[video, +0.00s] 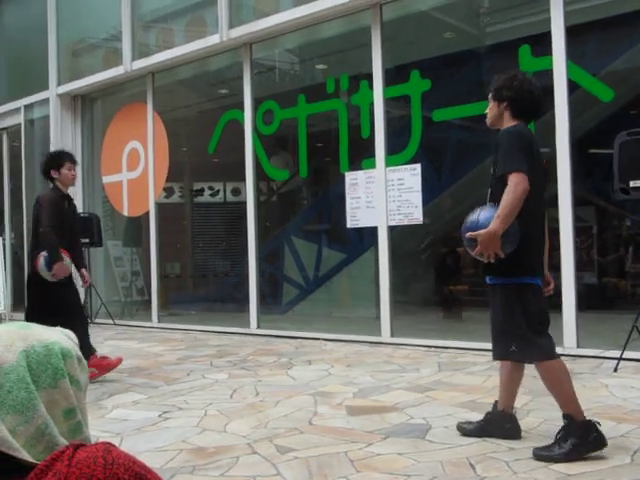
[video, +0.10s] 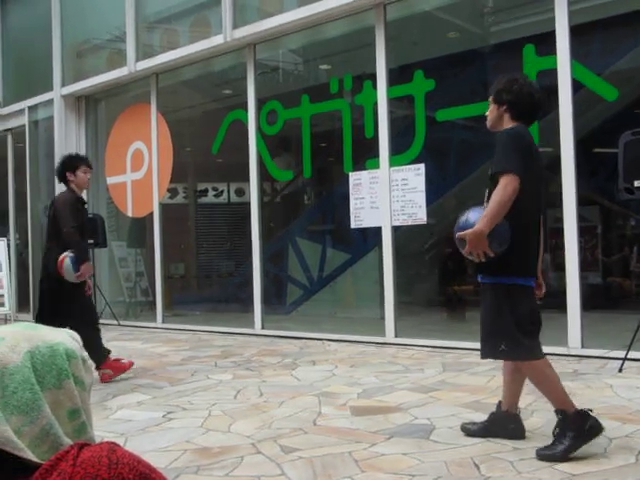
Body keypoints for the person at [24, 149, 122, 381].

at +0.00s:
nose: (74, 174)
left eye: (74, 169)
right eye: (69, 169)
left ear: (72, 172)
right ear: (54, 173)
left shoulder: (66, 200)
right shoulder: (48, 198)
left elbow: (73, 237)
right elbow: (46, 233)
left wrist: (81, 266)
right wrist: (57, 260)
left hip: (57, 267)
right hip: (49, 268)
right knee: (74, 313)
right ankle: (89, 357)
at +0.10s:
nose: (89, 177)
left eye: (89, 173)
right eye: (85, 172)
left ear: (77, 177)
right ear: (70, 175)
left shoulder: (75, 201)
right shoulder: (66, 200)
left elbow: (78, 238)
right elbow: (71, 234)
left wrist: (85, 276)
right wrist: (84, 261)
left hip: (65, 270)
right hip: (63, 270)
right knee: (86, 316)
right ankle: (103, 361)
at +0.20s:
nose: (107, 179)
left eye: (107, 175)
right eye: (103, 174)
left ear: (92, 177)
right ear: (89, 176)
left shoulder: (89, 201)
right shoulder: (85, 201)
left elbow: (95, 239)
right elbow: (93, 233)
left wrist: (102, 277)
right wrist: (108, 257)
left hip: (75, 273)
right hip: (81, 274)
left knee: (63, 323)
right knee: (97, 320)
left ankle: (49, 365)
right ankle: (112, 364)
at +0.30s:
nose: (120, 181)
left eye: (120, 177)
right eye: (118, 176)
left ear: (104, 179)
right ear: (105, 178)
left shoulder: (97, 201)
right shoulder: (100, 201)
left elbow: (102, 242)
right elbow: (111, 230)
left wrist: (117, 275)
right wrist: (130, 254)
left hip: (90, 272)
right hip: (95, 273)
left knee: (87, 320)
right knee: (110, 318)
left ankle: (64, 360)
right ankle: (120, 364)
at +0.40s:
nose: (125, 179)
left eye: (125, 174)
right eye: (122, 174)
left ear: (109, 177)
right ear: (111, 177)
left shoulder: (101, 200)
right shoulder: (109, 199)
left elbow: (107, 241)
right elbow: (123, 230)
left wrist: (124, 271)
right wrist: (143, 252)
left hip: (95, 270)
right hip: (103, 269)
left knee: (107, 315)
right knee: (120, 312)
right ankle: (121, 362)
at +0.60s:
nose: (125, 175)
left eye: (124, 170)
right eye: (122, 171)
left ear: (106, 176)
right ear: (112, 175)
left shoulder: (102, 200)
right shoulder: (116, 198)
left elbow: (110, 238)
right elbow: (135, 225)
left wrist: (130, 260)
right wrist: (157, 247)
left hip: (103, 268)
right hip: (118, 267)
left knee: (115, 315)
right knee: (144, 309)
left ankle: (116, 362)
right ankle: (142, 356)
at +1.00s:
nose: (131, 180)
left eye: (129, 176)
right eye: (129, 176)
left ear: (108, 181)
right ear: (124, 180)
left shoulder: (101, 207)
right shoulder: (131, 205)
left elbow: (105, 240)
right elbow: (151, 232)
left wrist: (135, 255)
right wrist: (168, 253)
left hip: (106, 271)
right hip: (129, 270)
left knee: (111, 313)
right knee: (141, 306)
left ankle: (113, 358)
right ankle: (144, 348)